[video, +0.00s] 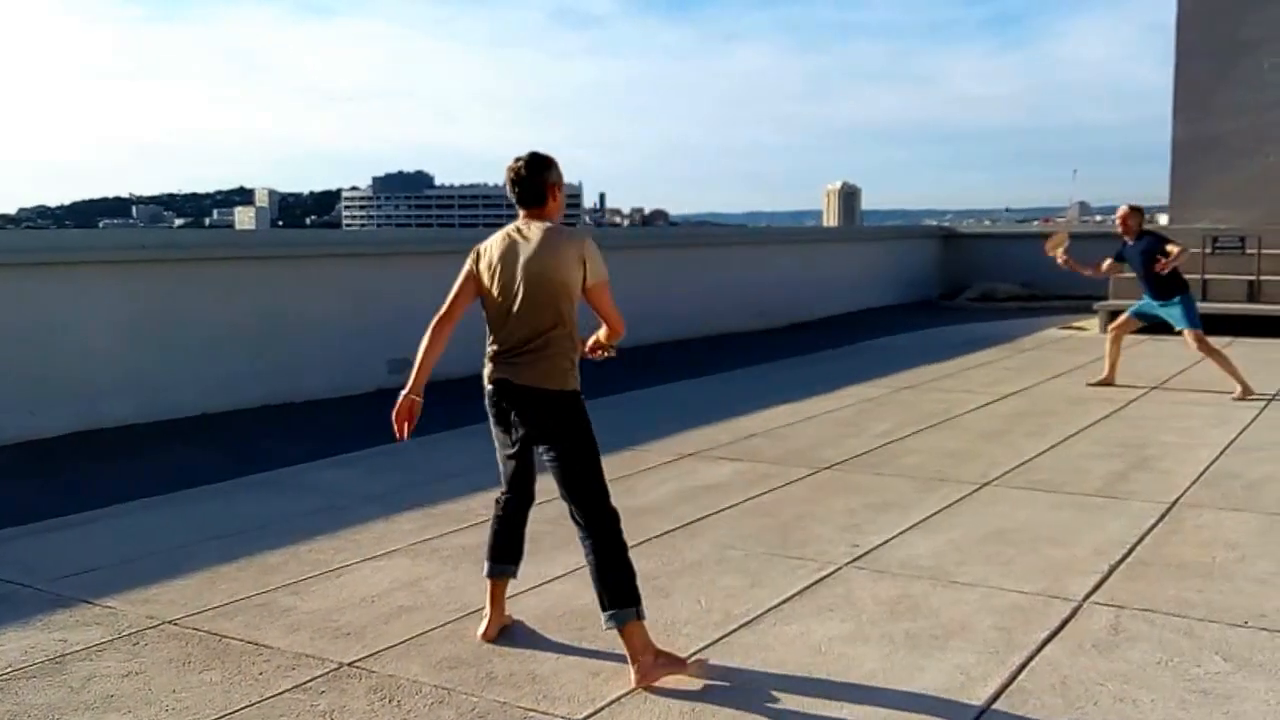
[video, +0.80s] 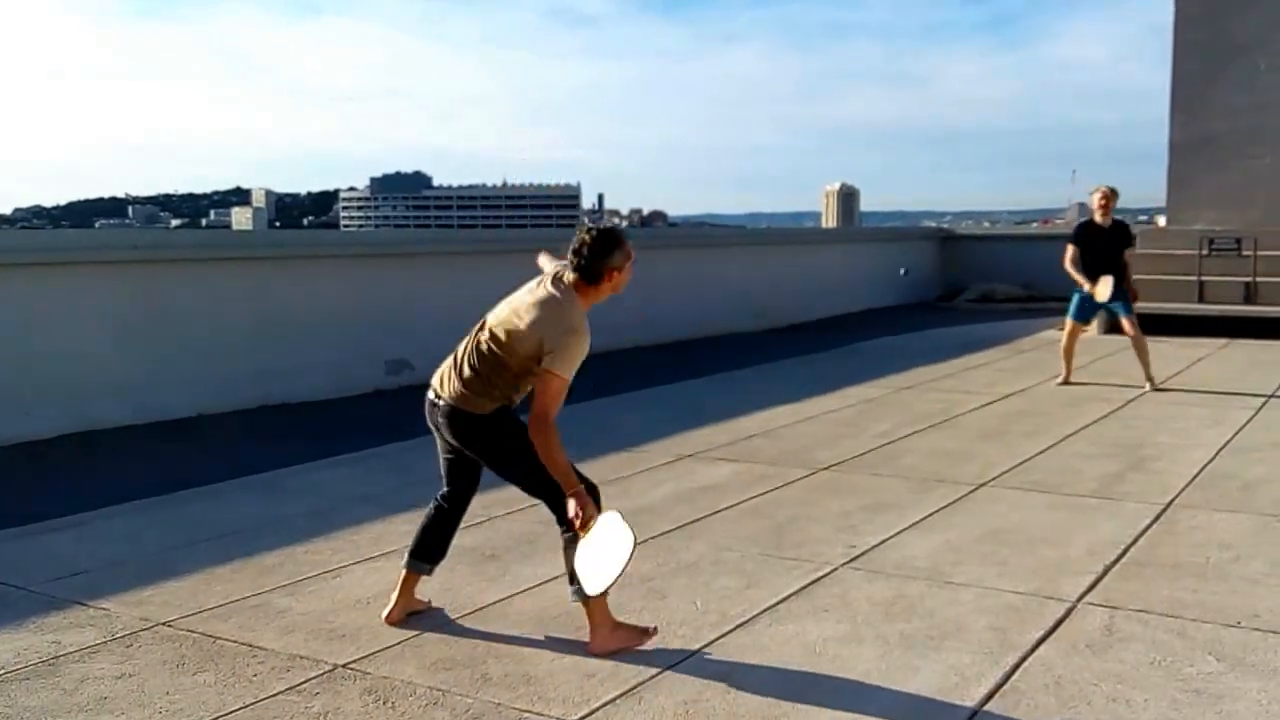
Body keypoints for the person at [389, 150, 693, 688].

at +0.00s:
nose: (565, 196)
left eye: (560, 188)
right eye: (562, 189)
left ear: (515, 196)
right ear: (553, 193)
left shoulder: (488, 249)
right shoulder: (577, 246)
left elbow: (444, 320)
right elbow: (613, 324)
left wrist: (413, 386)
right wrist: (600, 342)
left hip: (500, 389)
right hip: (555, 394)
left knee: (513, 491)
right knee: (595, 514)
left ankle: (493, 614)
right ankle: (642, 654)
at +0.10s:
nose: (561, 173)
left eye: (557, 164)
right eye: (558, 165)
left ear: (509, 172)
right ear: (549, 170)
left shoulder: (481, 225)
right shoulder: (563, 224)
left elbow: (441, 301)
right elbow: (589, 310)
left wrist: (417, 365)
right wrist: (589, 343)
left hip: (492, 375)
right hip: (543, 378)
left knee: (509, 488)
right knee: (573, 500)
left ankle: (492, 613)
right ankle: (588, 638)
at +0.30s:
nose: (562, 158)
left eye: (559, 149)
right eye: (559, 150)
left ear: (511, 158)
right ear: (547, 156)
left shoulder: (483, 210)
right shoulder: (550, 213)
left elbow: (461, 296)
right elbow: (557, 299)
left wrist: (466, 356)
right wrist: (582, 352)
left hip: (472, 364)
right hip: (516, 371)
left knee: (481, 467)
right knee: (550, 489)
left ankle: (448, 578)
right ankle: (524, 615)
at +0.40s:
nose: (559, 182)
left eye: (555, 173)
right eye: (556, 175)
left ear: (509, 181)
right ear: (544, 181)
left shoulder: (491, 228)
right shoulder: (531, 240)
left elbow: (502, 327)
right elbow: (529, 337)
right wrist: (564, 390)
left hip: (463, 381)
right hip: (500, 392)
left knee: (460, 482)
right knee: (560, 502)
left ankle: (412, 582)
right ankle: (523, 623)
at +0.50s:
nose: (552, 206)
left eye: (550, 198)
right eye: (549, 198)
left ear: (506, 207)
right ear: (534, 208)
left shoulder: (491, 248)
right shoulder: (508, 268)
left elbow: (535, 318)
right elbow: (487, 361)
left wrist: (589, 354)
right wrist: (535, 418)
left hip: (452, 400)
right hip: (486, 410)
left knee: (447, 496)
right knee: (572, 504)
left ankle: (403, 598)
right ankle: (524, 622)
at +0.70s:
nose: (587, 239)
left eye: (585, 231)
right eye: (583, 233)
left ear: (539, 236)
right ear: (568, 244)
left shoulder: (523, 264)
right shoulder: (526, 301)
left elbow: (567, 274)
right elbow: (488, 389)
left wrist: (612, 291)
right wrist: (521, 453)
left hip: (440, 401)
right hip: (473, 413)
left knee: (456, 493)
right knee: (578, 486)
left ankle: (402, 600)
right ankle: (594, 616)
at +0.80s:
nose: (631, 270)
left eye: (630, 263)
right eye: (628, 265)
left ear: (582, 266)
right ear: (610, 278)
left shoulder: (556, 277)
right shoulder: (571, 332)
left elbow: (546, 257)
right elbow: (541, 424)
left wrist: (560, 265)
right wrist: (574, 492)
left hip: (440, 397)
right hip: (475, 416)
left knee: (454, 493)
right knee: (581, 496)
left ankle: (402, 599)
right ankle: (602, 626)